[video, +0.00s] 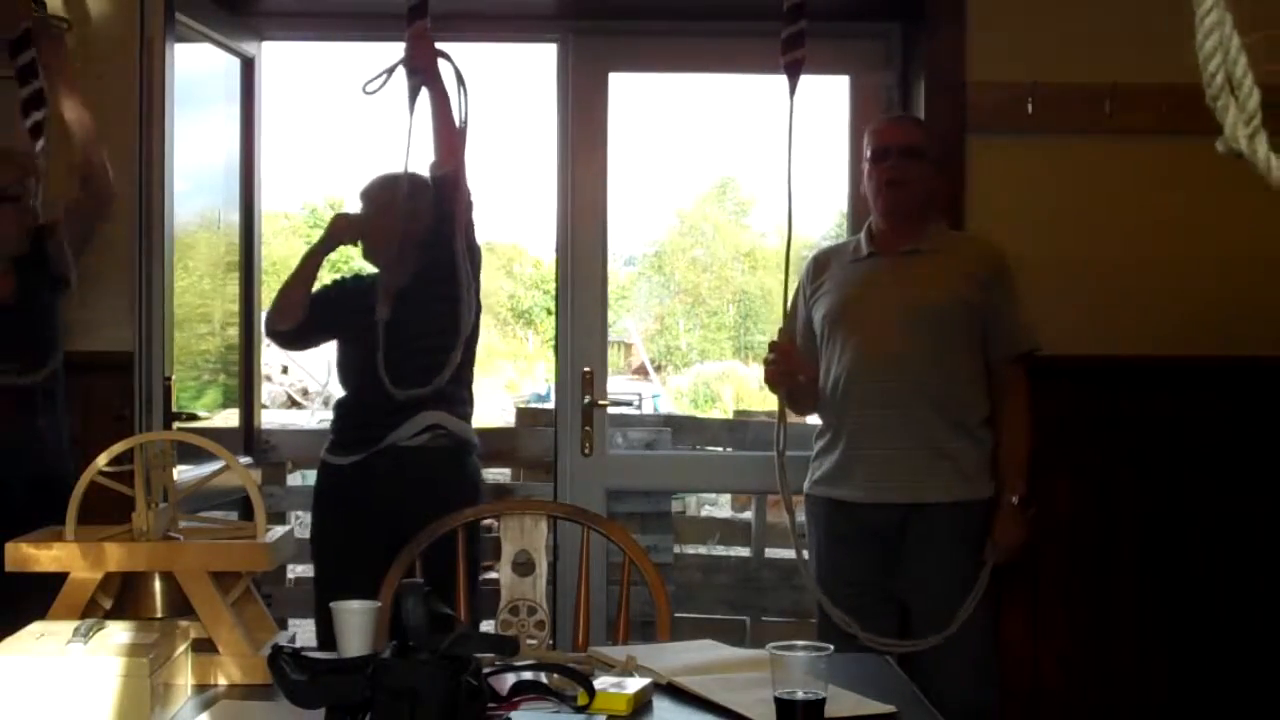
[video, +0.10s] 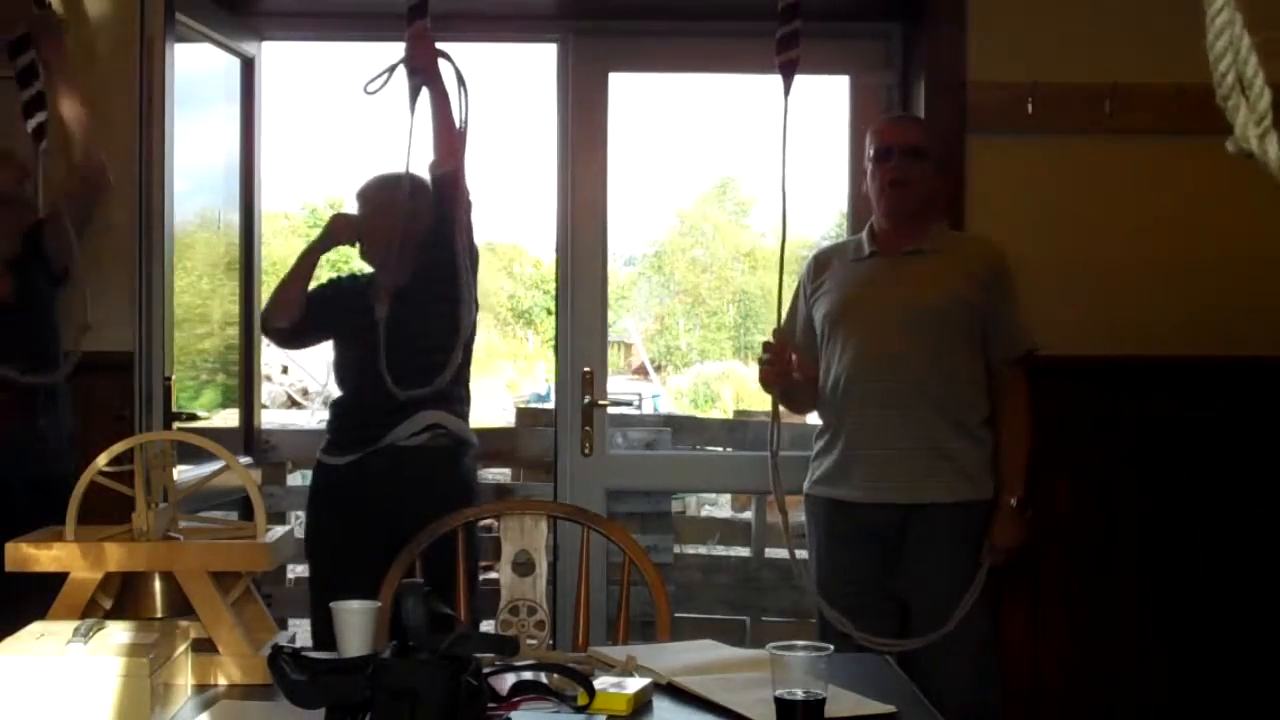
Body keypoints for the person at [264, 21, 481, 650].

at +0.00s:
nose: (362, 221)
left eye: (374, 209)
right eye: (364, 211)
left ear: (414, 220)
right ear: (371, 227)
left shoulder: (447, 282)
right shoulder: (354, 298)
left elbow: (450, 171)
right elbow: (284, 327)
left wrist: (432, 78)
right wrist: (322, 246)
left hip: (432, 471)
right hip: (351, 474)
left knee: (436, 632)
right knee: (348, 639)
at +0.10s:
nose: (359, 221)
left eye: (372, 210)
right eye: (361, 211)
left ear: (412, 221)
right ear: (367, 227)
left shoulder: (446, 281)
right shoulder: (348, 297)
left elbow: (449, 169)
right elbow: (280, 325)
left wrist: (431, 78)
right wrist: (318, 245)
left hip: (430, 474)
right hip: (347, 477)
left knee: (433, 635)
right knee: (343, 643)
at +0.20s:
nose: (358, 222)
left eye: (369, 211)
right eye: (359, 213)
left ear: (409, 221)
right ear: (367, 228)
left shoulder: (444, 280)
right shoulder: (345, 294)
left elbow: (447, 168)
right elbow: (270, 307)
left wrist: (428, 78)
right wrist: (311, 231)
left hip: (426, 472)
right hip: (346, 472)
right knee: (337, 634)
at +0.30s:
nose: (374, 215)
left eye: (390, 205)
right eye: (370, 207)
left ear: (423, 222)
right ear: (365, 224)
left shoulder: (444, 285)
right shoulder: (342, 289)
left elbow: (444, 173)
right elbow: (264, 285)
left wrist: (425, 78)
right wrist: (302, 204)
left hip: (422, 475)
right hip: (339, 476)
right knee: (331, 645)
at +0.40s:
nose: (384, 204)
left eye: (399, 196)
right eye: (377, 197)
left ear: (426, 217)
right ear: (366, 217)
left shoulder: (441, 282)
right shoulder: (341, 284)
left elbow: (443, 170)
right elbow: (263, 253)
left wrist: (422, 79)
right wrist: (299, 175)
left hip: (417, 475)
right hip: (334, 475)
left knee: (422, 631)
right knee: (327, 641)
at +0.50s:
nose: (389, 204)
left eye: (404, 197)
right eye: (379, 197)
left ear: (427, 218)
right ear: (367, 218)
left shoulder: (439, 280)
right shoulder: (339, 280)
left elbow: (444, 168)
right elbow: (268, 232)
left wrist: (423, 78)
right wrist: (302, 148)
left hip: (415, 473)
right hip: (332, 473)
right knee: (329, 646)